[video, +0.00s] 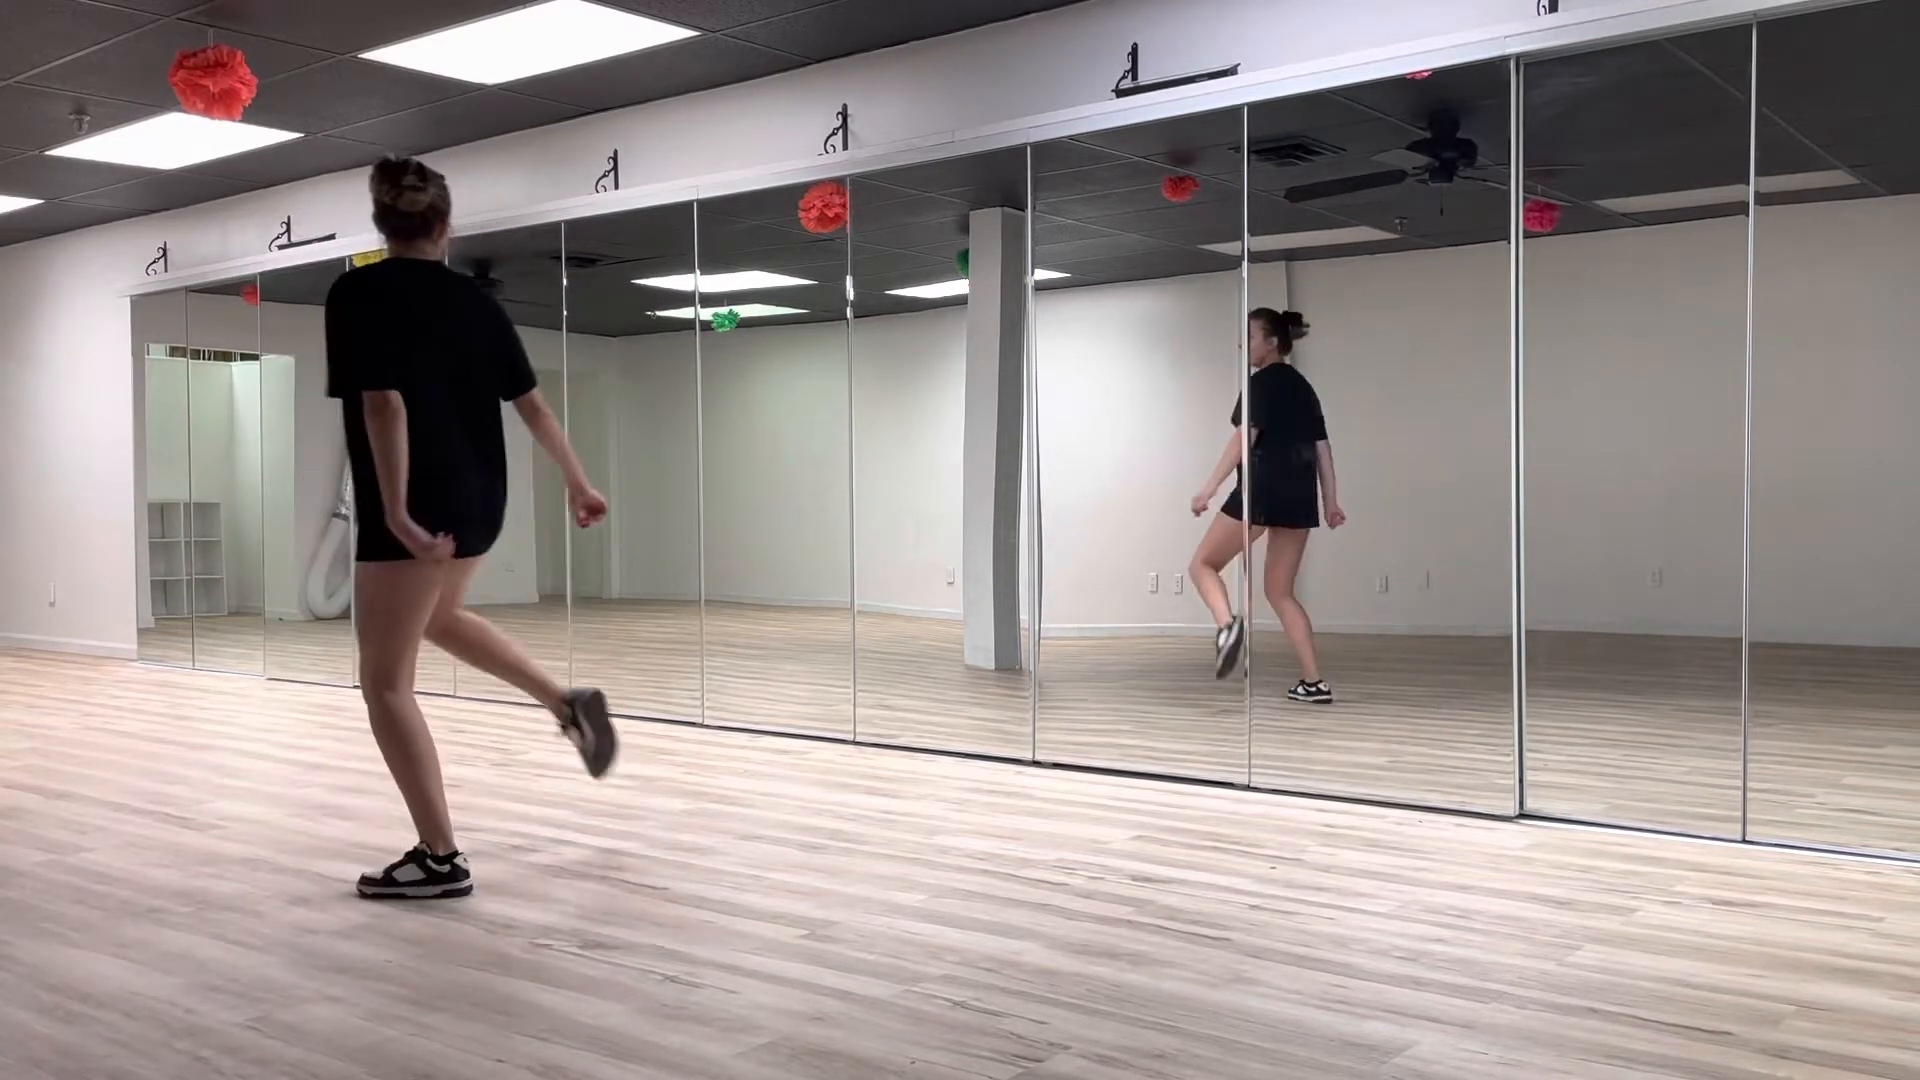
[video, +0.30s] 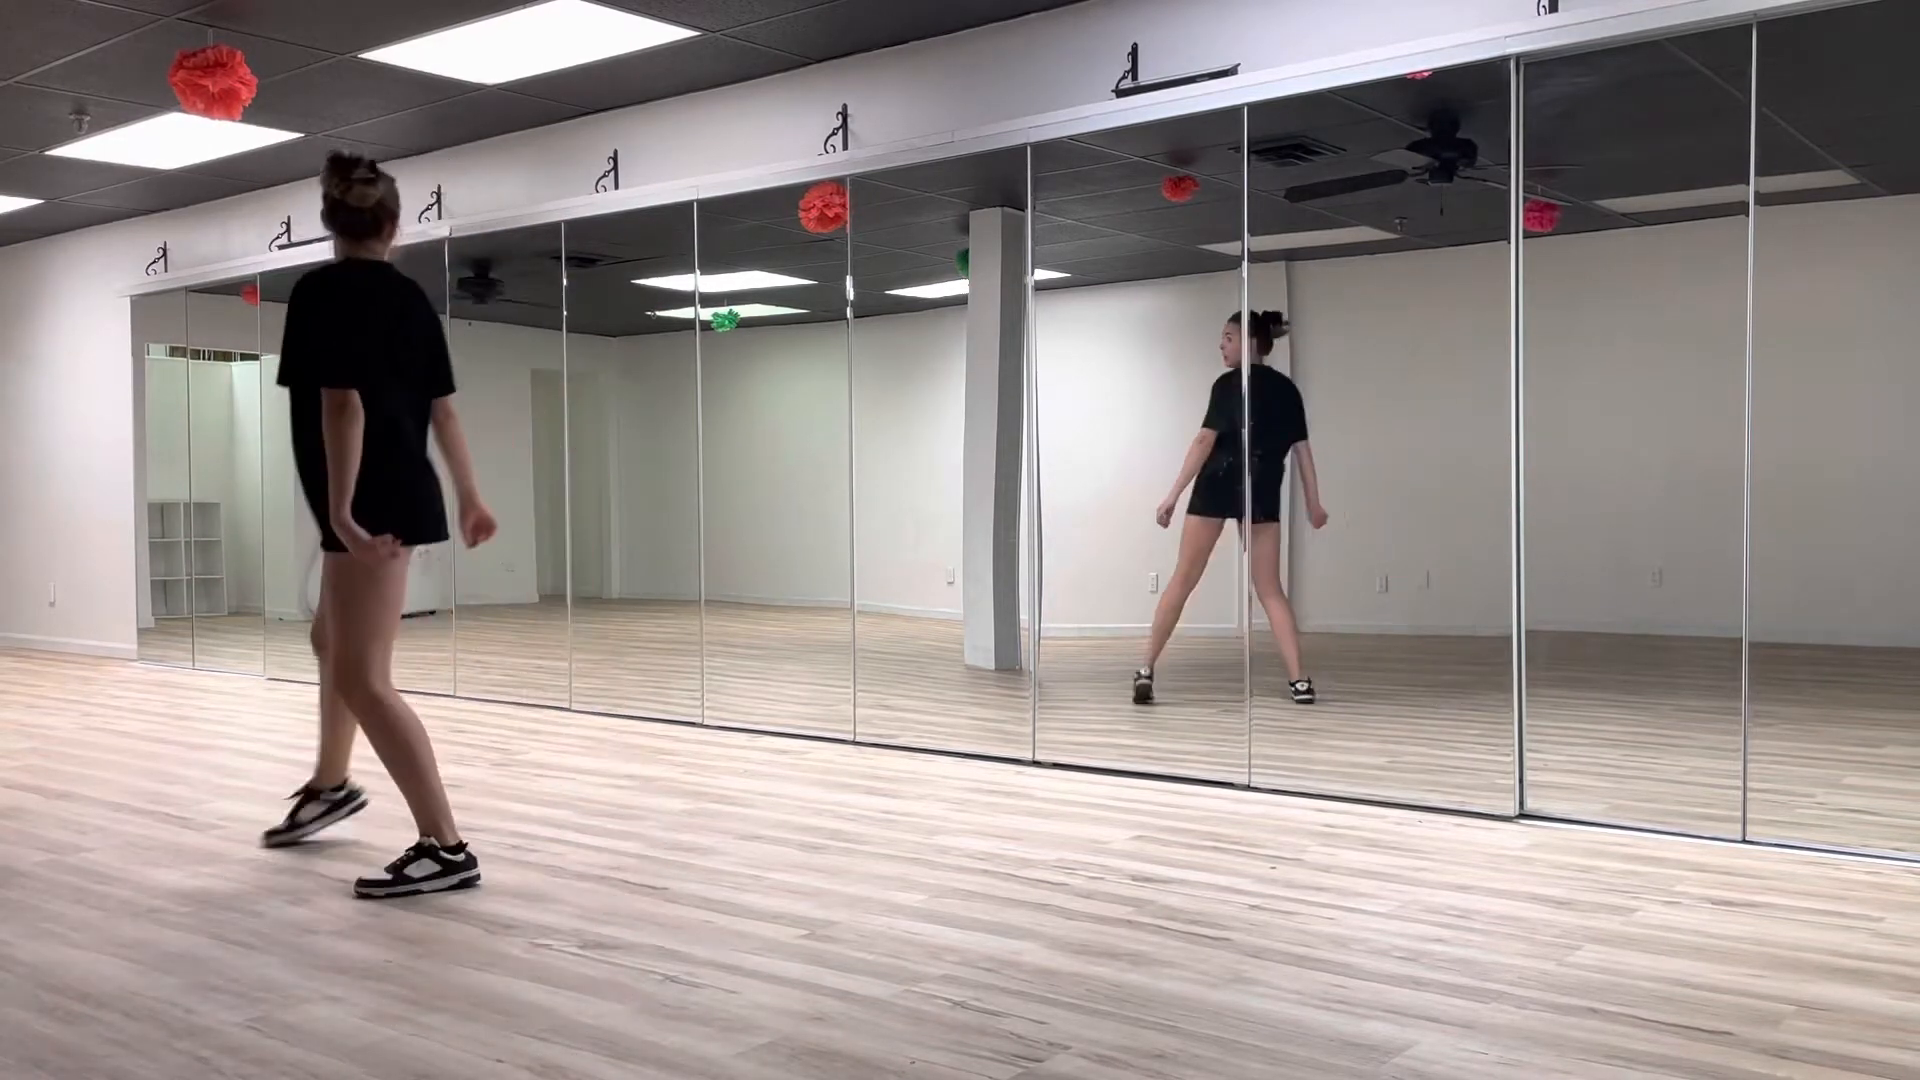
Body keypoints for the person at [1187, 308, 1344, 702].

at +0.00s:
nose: (1246, 343)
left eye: (1251, 336)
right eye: (1246, 336)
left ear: (1272, 341)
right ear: (1278, 342)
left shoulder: (1258, 385)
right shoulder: (1304, 387)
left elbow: (1241, 440)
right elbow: (1322, 447)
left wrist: (1208, 489)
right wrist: (1331, 500)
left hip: (1257, 494)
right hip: (1300, 499)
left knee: (1203, 566)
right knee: (1280, 591)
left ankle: (1226, 625)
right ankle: (1313, 681)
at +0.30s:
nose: (1221, 345)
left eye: (1229, 339)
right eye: (1223, 338)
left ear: (1251, 343)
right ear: (1260, 345)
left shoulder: (1228, 383)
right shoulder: (1288, 389)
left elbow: (1205, 441)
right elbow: (1302, 450)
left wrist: (1173, 493)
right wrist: (1313, 503)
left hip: (1215, 487)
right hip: (1264, 493)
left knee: (1183, 579)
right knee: (1270, 588)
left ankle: (1147, 668)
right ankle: (1299, 679)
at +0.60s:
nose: (1214, 360)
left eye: (1212, 355)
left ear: (1211, 358)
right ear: (1245, 358)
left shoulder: (1189, 399)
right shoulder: (1260, 402)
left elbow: (1164, 461)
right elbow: (1258, 471)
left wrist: (1167, 508)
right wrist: (1261, 530)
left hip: (1188, 509)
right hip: (1235, 510)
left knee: (1180, 593)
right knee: (1262, 594)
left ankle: (1147, 682)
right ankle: (1284, 675)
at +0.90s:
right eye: (1240, 331)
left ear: (1210, 335)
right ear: (1244, 335)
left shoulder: (1193, 371)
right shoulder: (1266, 370)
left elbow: (1165, 355)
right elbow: (1317, 360)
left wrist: (1205, 347)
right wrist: (1294, 336)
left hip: (1201, 484)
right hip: (1248, 484)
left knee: (1180, 577)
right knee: (1277, 575)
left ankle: (1147, 667)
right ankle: (1290, 665)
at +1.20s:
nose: (1247, 331)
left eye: (1239, 327)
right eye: (1246, 329)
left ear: (1214, 342)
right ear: (1248, 341)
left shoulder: (1204, 372)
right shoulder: (1260, 369)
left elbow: (1220, 319)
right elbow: (1265, 309)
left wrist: (1237, 265)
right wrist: (1263, 257)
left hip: (1214, 485)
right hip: (1258, 484)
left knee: (1193, 590)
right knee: (1275, 583)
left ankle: (1162, 679)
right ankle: (1292, 677)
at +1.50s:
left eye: (1236, 335)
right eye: (1261, 332)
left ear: (1229, 343)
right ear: (1266, 340)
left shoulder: (1216, 378)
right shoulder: (1276, 370)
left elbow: (1174, 349)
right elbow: (1278, 310)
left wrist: (1213, 314)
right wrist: (1274, 253)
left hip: (1228, 490)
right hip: (1275, 486)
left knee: (1209, 584)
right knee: (1282, 585)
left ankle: (1167, 671)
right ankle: (1291, 679)